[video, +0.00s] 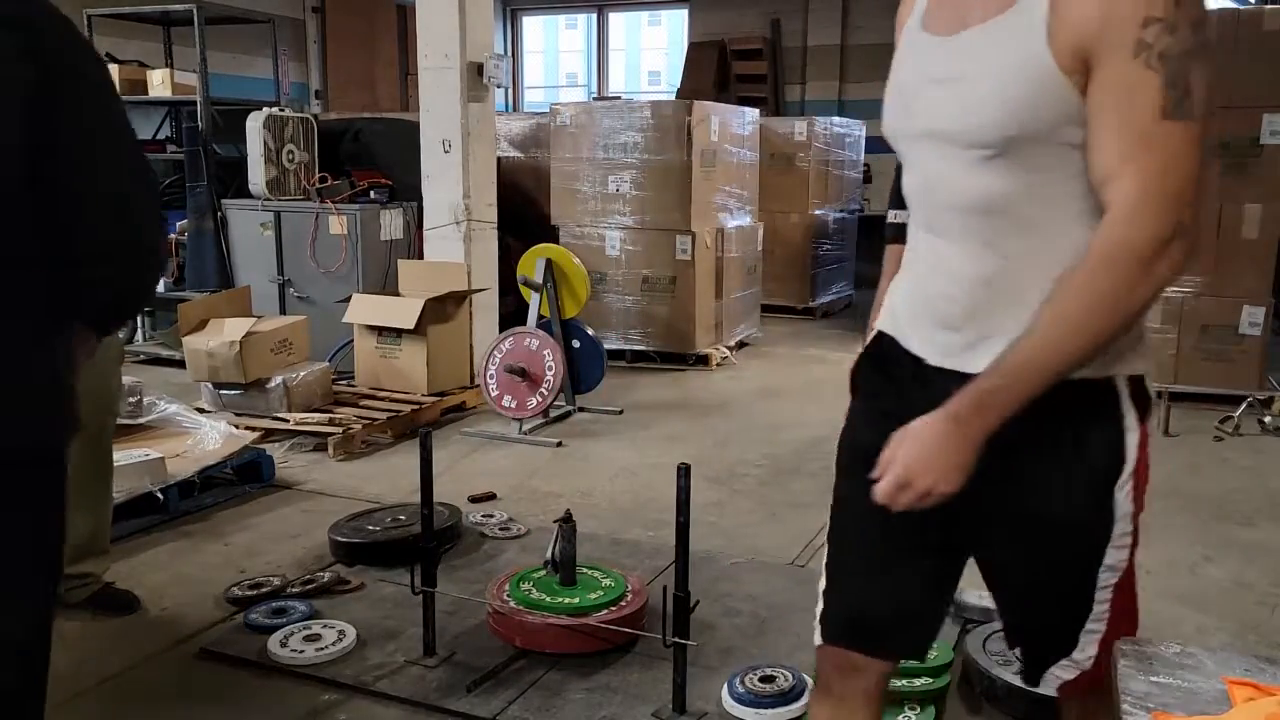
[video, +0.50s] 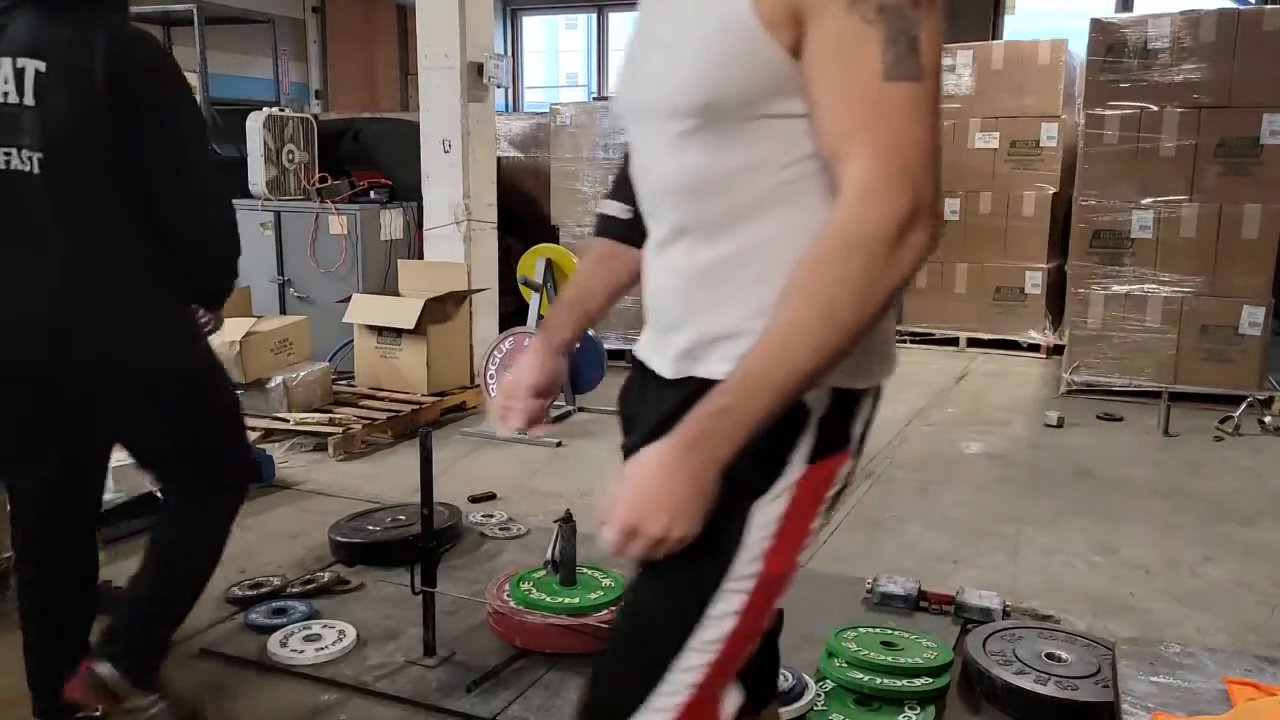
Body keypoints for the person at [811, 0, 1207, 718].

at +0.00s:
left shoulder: (1124, 8)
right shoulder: (918, 10)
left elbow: (1152, 232)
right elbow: (929, 207)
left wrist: (968, 418)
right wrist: (880, 340)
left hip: (1065, 403)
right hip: (907, 383)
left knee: (1076, 684)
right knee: (846, 660)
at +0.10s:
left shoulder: (1074, 10)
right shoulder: (883, 10)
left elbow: (1087, 252)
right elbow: (894, 224)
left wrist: (911, 442)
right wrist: (844, 369)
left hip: (1020, 426)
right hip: (862, 399)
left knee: (1034, 701)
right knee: (817, 683)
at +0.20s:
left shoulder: (1021, 9)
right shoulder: (837, 9)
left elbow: (1022, 256)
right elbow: (844, 232)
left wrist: (872, 463)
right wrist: (789, 379)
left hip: (959, 437)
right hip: (808, 411)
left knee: (960, 705)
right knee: (766, 696)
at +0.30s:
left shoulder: (961, 5)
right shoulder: (778, 9)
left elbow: (976, 233)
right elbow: (796, 228)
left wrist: (832, 456)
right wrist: (717, 365)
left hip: (891, 419)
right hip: (757, 397)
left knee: (857, 704)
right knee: (747, 698)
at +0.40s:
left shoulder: (908, 7)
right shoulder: (717, 13)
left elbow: (940, 214)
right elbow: (719, 207)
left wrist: (772, 445)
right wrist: (636, 343)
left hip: (835, 403)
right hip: (712, 380)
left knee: (749, 699)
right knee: (708, 682)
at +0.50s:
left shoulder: (849, 5)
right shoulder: (671, 15)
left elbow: (893, 212)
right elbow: (648, 203)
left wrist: (699, 445)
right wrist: (554, 338)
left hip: (786, 393)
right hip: (669, 372)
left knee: (636, 703)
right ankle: (767, 692)